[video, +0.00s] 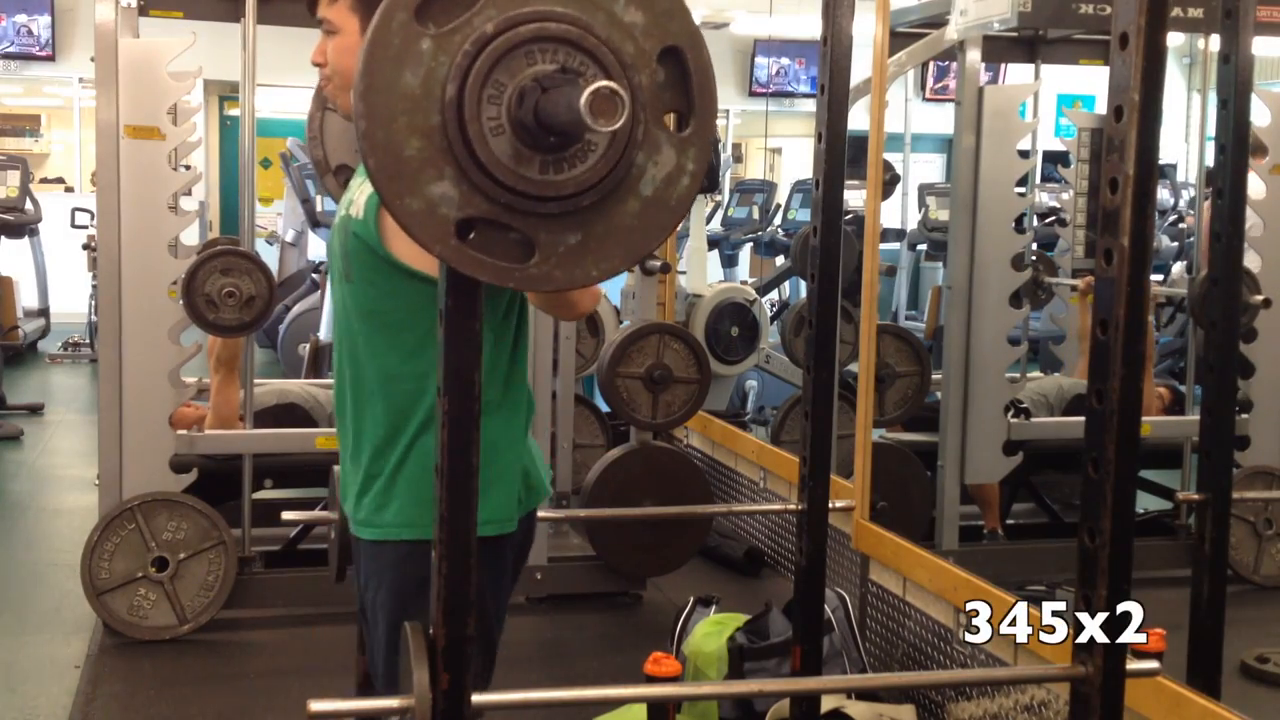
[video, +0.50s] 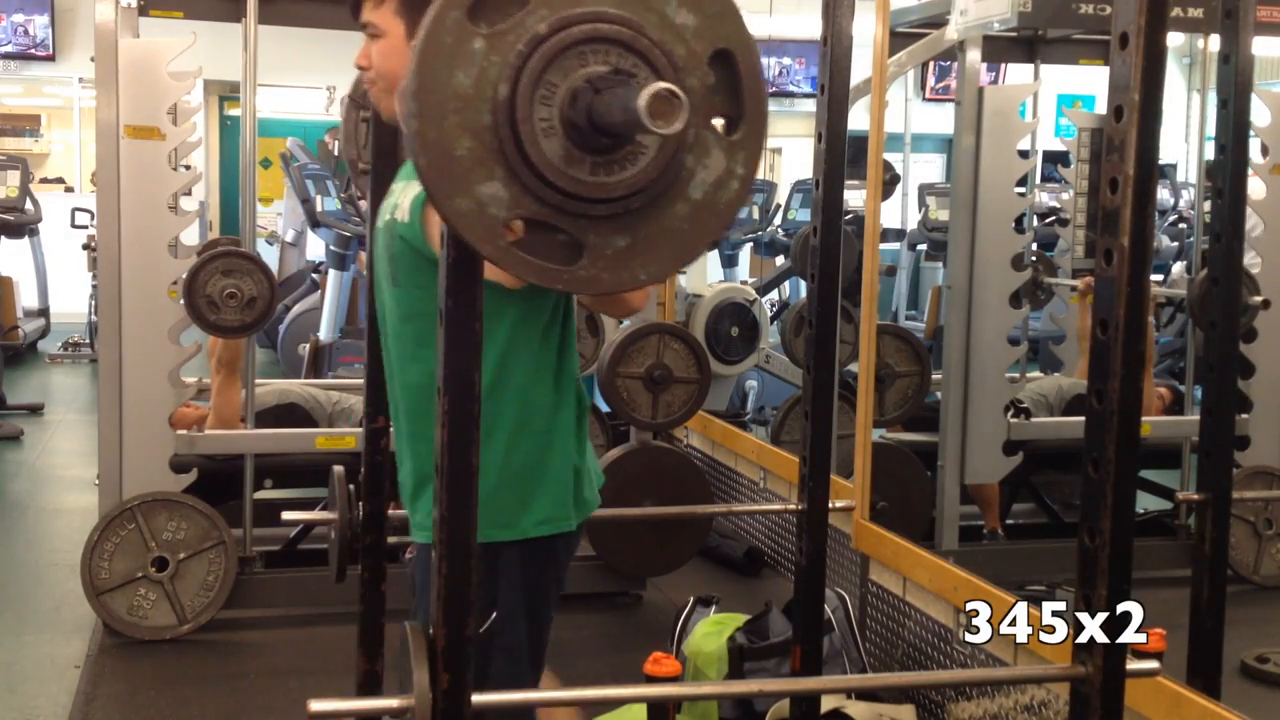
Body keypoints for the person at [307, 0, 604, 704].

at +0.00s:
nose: (316, 55)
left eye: (331, 31)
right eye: (320, 32)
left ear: (392, 42)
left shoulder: (404, 183)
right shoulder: (381, 179)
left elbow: (576, 298)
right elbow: (573, 296)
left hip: (435, 515)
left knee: (422, 704)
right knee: (418, 701)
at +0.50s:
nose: (361, 59)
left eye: (375, 34)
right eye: (365, 36)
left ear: (435, 45)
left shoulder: (465, 175)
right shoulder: (427, 182)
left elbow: (626, 292)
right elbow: (520, 258)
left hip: (510, 509)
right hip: (486, 511)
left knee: (500, 703)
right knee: (488, 705)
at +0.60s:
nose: (376, 71)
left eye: (389, 47)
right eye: (377, 49)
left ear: (450, 62)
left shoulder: (465, 200)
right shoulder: (432, 199)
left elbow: (647, 303)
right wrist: (434, 504)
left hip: (515, 498)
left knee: (498, 694)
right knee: (569, 665)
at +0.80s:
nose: (414, 85)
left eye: (430, 64)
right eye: (415, 63)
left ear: (493, 68)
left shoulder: (516, 204)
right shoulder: (485, 198)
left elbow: (672, 297)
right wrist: (443, 502)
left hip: (549, 502)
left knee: (501, 703)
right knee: (606, 676)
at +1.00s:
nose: (472, 103)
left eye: (480, 81)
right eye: (473, 85)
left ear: (527, 74)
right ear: (527, 78)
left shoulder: (538, 201)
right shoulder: (530, 203)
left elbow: (667, 269)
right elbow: (662, 266)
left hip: (584, 505)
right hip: (601, 500)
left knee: (513, 704)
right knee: (619, 671)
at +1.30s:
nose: (491, 98)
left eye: (498, 74)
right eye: (488, 78)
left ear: (554, 69)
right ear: (551, 73)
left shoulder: (612, 188)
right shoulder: (557, 180)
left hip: (638, 497)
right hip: (594, 490)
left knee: (614, 705)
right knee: (619, 697)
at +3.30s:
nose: (526, 65)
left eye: (544, 43)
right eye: (534, 43)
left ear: (606, 65)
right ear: (600, 68)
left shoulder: (648, 196)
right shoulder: (590, 178)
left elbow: (788, 287)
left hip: (673, 518)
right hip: (618, 510)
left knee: (678, 711)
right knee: (632, 704)